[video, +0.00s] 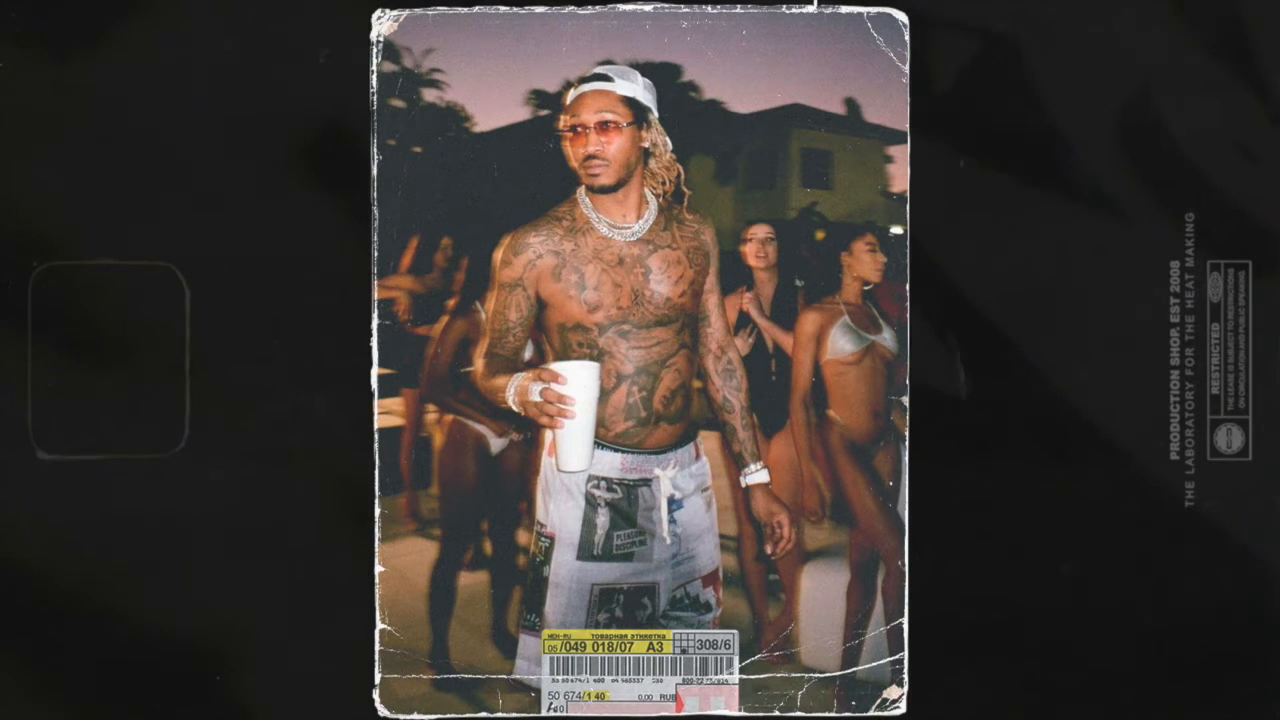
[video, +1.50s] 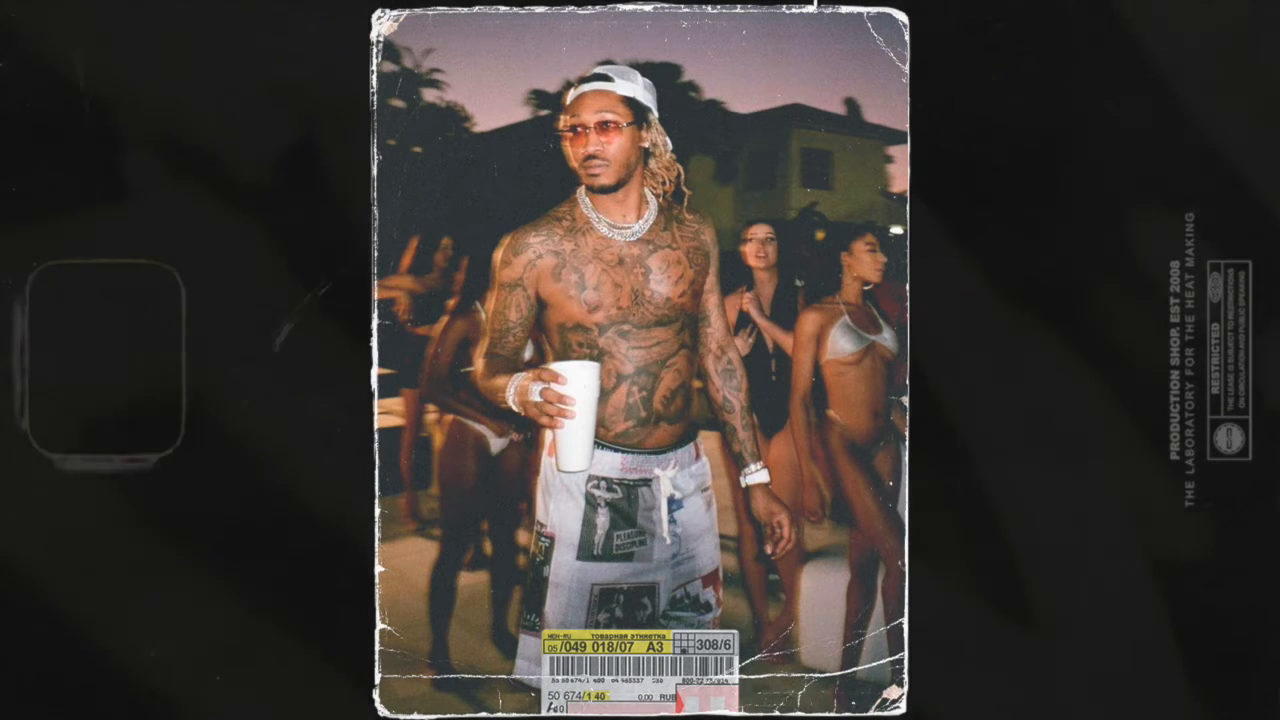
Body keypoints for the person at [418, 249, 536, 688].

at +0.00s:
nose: (515, 286)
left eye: (523, 278)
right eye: (509, 276)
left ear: (532, 287)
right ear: (495, 277)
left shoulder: (531, 331)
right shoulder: (466, 321)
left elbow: (544, 384)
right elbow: (434, 386)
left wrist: (530, 421)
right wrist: (490, 421)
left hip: (515, 443)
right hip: (465, 439)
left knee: (506, 541)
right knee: (455, 545)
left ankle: (501, 627)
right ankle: (439, 652)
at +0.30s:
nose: (516, 287)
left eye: (524, 279)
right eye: (510, 277)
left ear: (532, 288)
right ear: (495, 277)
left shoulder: (531, 333)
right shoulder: (465, 322)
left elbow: (543, 386)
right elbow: (435, 386)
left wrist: (529, 421)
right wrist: (489, 422)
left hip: (514, 444)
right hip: (465, 440)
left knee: (506, 541)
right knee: (455, 545)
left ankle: (501, 628)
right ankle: (439, 651)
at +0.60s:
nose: (516, 281)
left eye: (523, 273)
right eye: (510, 271)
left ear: (532, 282)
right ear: (496, 274)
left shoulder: (531, 328)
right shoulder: (467, 319)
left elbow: (544, 383)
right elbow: (435, 387)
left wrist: (529, 420)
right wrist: (491, 421)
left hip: (515, 444)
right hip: (465, 440)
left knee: (506, 541)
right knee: (455, 544)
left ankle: (501, 627)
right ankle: (439, 650)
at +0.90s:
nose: (516, 280)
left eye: (523, 272)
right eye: (509, 270)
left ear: (531, 281)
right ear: (495, 273)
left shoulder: (531, 328)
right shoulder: (467, 320)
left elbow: (543, 383)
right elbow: (435, 387)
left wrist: (529, 420)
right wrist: (491, 421)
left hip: (515, 444)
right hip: (465, 441)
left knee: (506, 542)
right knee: (455, 544)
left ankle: (501, 627)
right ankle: (439, 649)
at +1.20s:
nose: (517, 284)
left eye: (524, 276)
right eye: (511, 274)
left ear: (532, 284)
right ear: (497, 276)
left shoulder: (531, 329)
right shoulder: (467, 319)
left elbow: (543, 383)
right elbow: (435, 387)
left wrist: (529, 420)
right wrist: (491, 421)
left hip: (515, 443)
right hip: (465, 439)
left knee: (506, 541)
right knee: (455, 544)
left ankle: (501, 627)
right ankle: (439, 650)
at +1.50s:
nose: (516, 281)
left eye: (523, 273)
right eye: (510, 271)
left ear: (532, 281)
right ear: (496, 273)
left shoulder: (531, 328)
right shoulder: (467, 319)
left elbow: (544, 383)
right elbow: (435, 387)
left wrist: (529, 420)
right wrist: (491, 421)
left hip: (515, 444)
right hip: (465, 440)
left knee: (506, 541)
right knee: (455, 544)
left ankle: (501, 627)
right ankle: (439, 650)